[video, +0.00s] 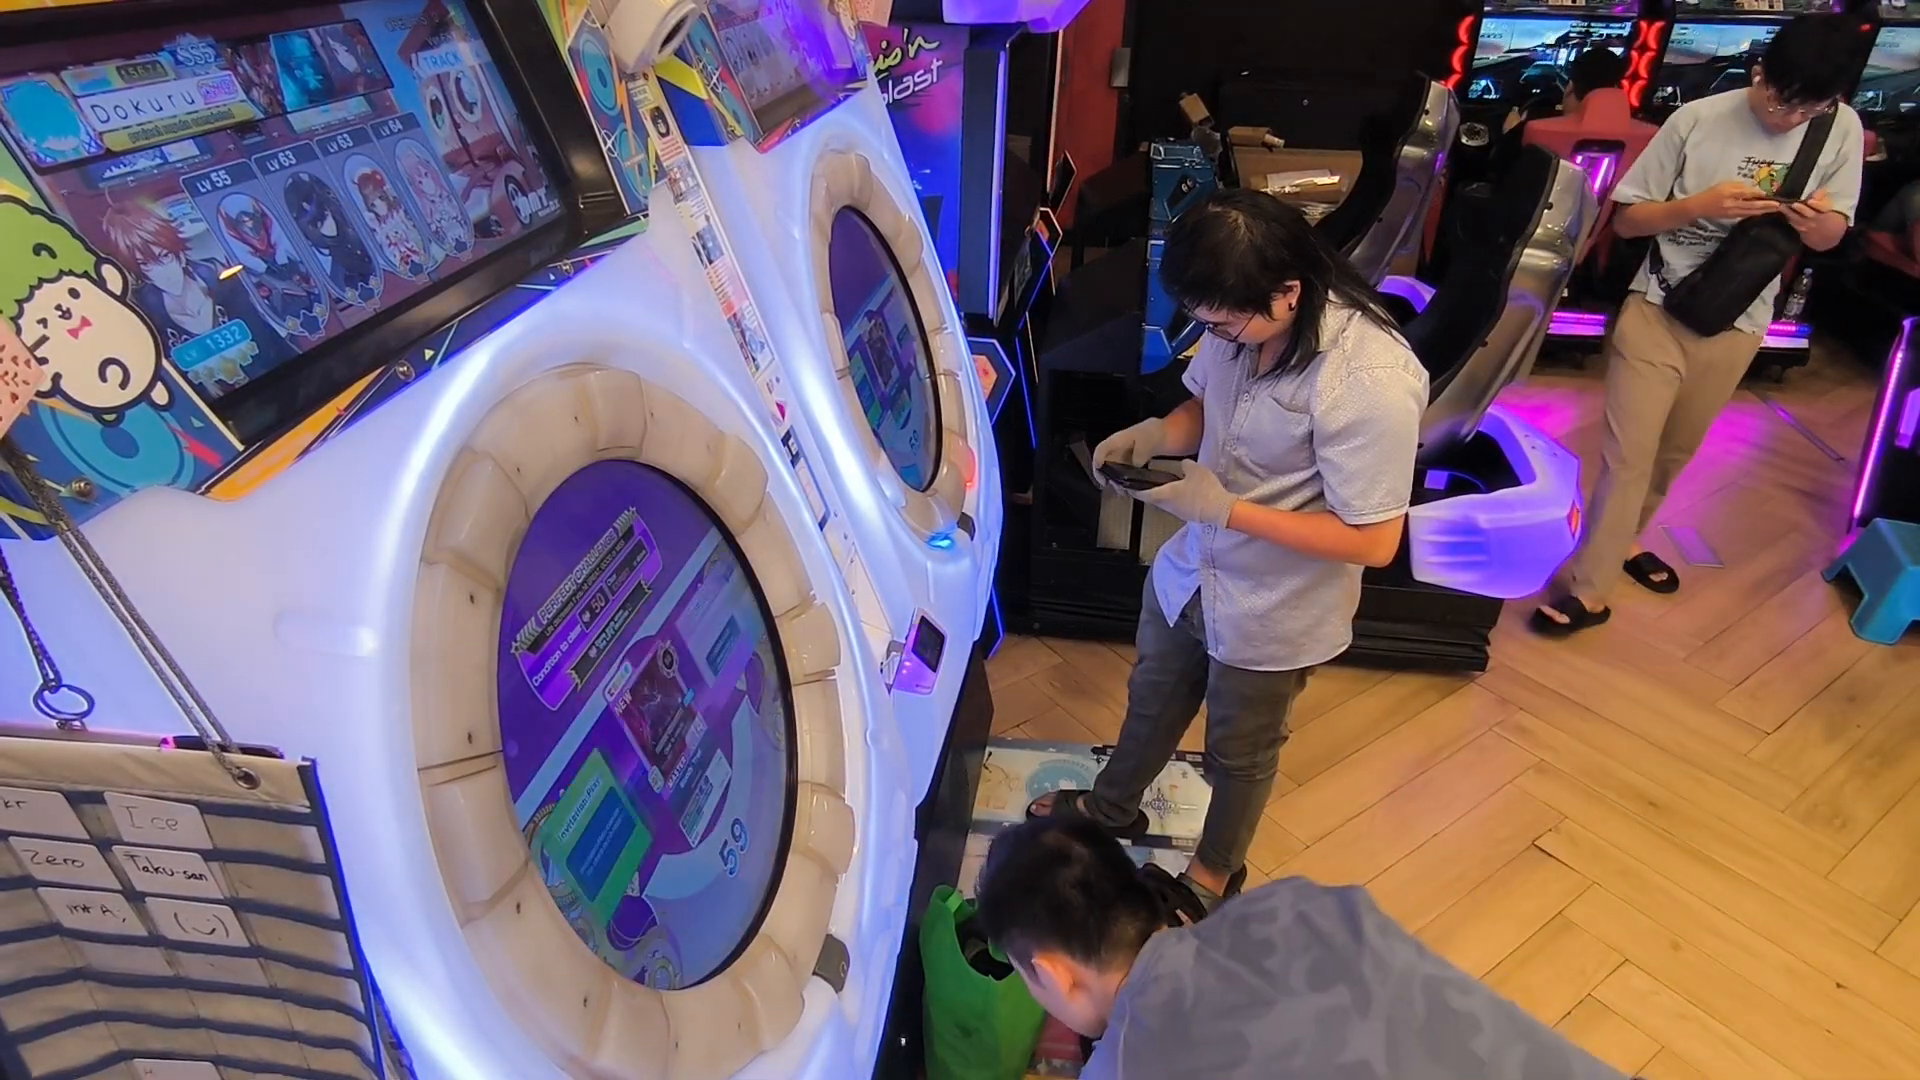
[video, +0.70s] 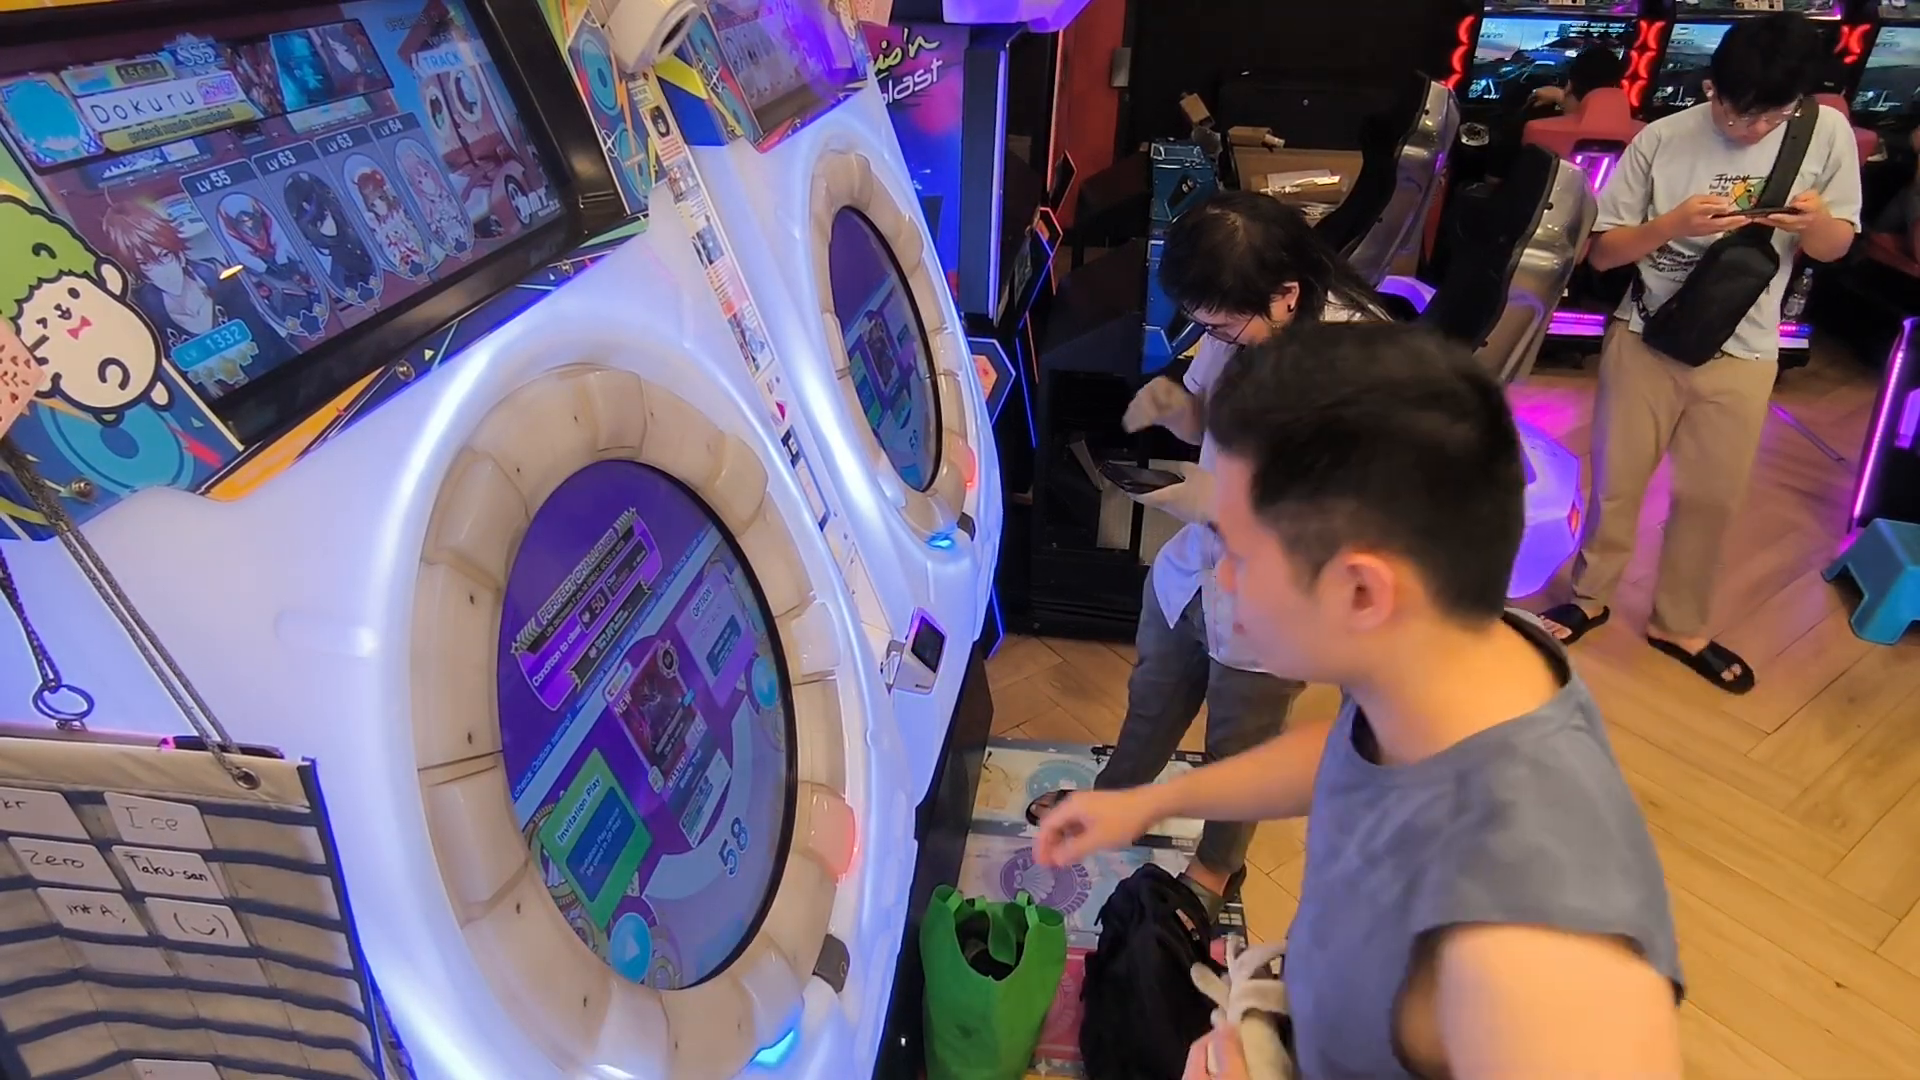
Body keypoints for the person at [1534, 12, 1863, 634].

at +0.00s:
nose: (1785, 115)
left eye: (1804, 107)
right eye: (1780, 97)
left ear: (1828, 98)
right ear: (1761, 70)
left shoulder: (1840, 132)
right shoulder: (1696, 121)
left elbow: (1832, 235)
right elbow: (1624, 219)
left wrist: (1820, 227)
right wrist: (1697, 207)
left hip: (1736, 330)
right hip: (1656, 310)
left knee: (1674, 452)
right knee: (1628, 456)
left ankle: (1624, 543)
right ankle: (1586, 592)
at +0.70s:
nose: (1750, 129)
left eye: (1768, 118)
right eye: (1739, 112)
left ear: (1794, 100)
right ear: (1717, 87)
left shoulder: (1823, 136)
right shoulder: (1660, 140)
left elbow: (1836, 248)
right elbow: (1602, 252)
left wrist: (1816, 224)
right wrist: (1671, 226)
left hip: (1742, 356)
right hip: (1646, 341)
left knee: (1711, 498)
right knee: (1615, 482)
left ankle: (1679, 625)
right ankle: (1585, 597)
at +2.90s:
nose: (1635, 166)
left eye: (1653, 152)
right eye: (1627, 150)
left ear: (1716, 123)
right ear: (1619, 129)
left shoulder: (1786, 202)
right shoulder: (1630, 171)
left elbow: (1783, 349)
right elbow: (1564, 280)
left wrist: (1672, 294)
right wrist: (1554, 266)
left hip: (1629, 454)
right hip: (1550, 415)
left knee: (1558, 618)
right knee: (1508, 585)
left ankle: (1520, 743)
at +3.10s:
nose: (1634, 167)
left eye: (1650, 151)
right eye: (1626, 150)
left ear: (1712, 123)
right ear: (1618, 129)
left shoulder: (1785, 208)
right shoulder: (1633, 175)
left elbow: (1776, 360)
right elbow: (1559, 284)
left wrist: (1659, 298)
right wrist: (1544, 270)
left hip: (1626, 461)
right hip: (1549, 420)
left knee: (1560, 628)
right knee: (1500, 593)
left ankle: (1520, 744)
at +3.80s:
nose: (1535, 164)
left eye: (1548, 149)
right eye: (1529, 149)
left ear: (1608, 123)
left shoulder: (1682, 198)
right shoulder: (1543, 170)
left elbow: (1671, 345)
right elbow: (1499, 274)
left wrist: (1563, 280)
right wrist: (1476, 266)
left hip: (1554, 441)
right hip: (1477, 406)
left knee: (1528, 599)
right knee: (1432, 560)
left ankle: (1516, 725)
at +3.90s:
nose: (1518, 159)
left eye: (1531, 142)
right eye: (1512, 143)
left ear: (1591, 118)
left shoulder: (1664, 195)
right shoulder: (1525, 173)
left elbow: (1650, 341)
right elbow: (1484, 286)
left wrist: (1543, 274)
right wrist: (1456, 265)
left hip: (1537, 442)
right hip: (1459, 409)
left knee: (1516, 598)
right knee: (1427, 576)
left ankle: (1512, 724)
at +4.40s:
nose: (1480, 111)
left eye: (1496, 92)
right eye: (1474, 98)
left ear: (1553, 87)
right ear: (1466, 103)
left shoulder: (1613, 183)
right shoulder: (1477, 169)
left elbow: (1600, 328)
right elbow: (1426, 269)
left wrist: (1499, 258)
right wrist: (1401, 249)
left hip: (1504, 433)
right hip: (1420, 409)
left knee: (1494, 593)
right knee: (1399, 574)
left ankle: (1501, 721)